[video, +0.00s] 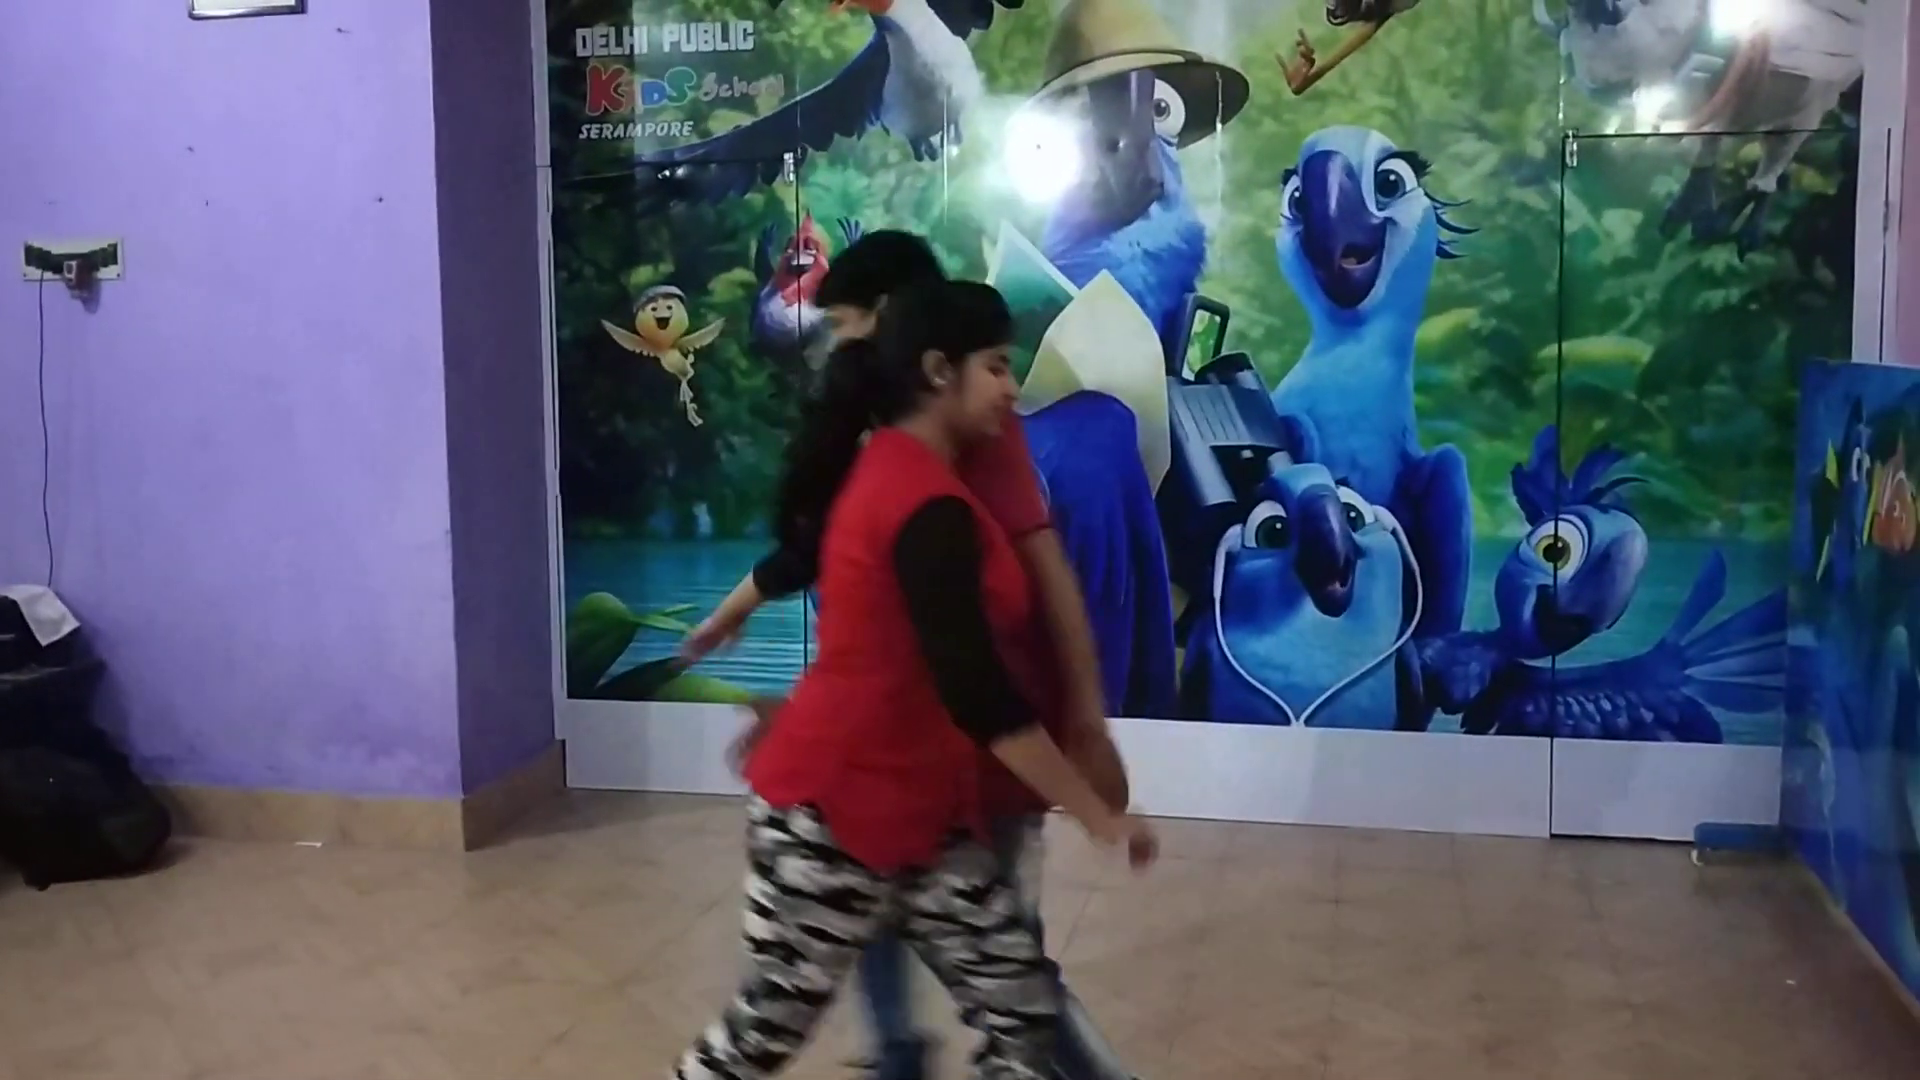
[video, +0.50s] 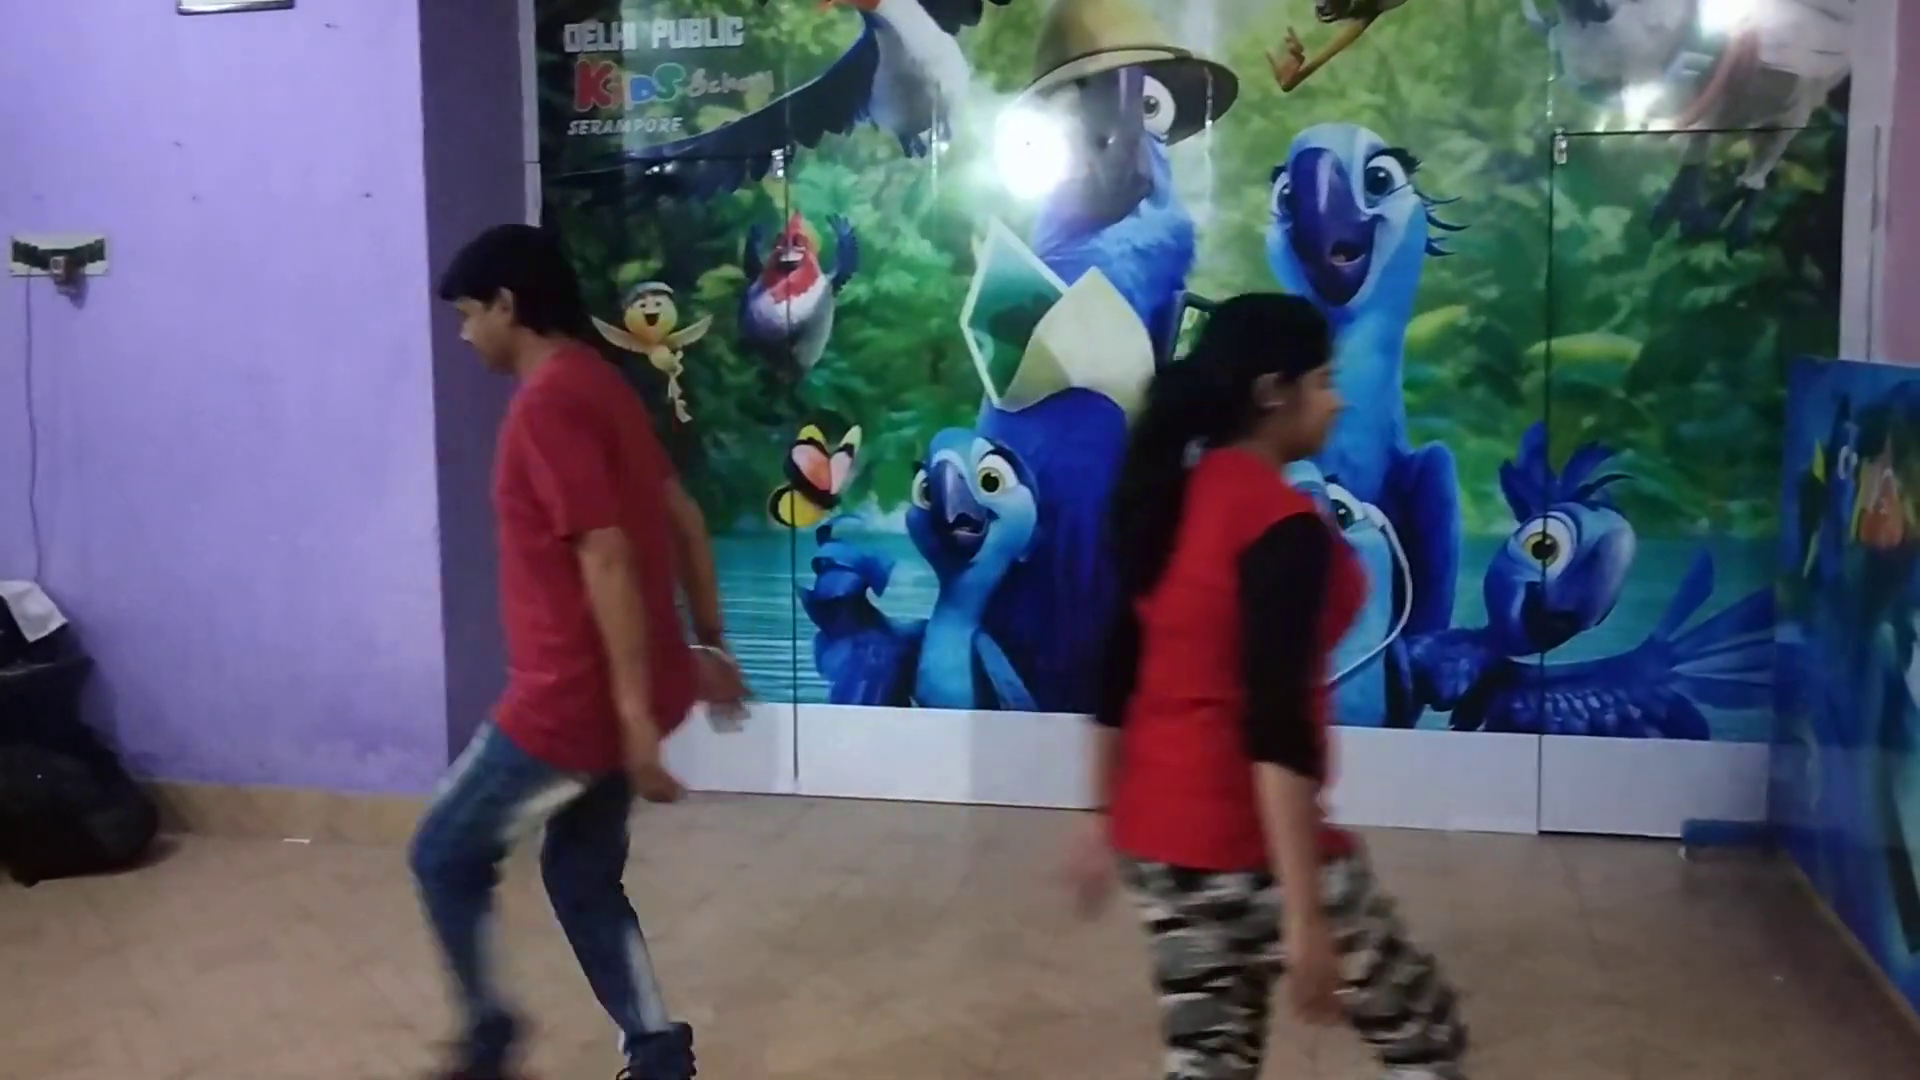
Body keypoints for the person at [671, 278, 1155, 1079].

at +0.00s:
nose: (1013, 389)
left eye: (1011, 368)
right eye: (997, 367)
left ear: (942, 374)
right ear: (939, 371)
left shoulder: (891, 467)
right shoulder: (928, 502)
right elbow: (978, 697)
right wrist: (1100, 818)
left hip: (920, 813)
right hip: (830, 813)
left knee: (1024, 1014)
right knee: (763, 1031)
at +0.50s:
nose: (462, 333)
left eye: (467, 313)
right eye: (459, 316)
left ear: (511, 304)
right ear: (535, 305)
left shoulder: (550, 401)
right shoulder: (603, 384)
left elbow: (608, 555)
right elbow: (682, 515)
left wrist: (637, 714)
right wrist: (711, 640)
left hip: (566, 701)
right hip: (621, 694)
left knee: (443, 858)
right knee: (583, 876)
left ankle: (486, 1031)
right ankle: (656, 1049)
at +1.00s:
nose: (185, 300)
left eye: (186, 281)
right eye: (181, 283)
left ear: (220, 272)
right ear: (266, 270)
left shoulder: (236, 374)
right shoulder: (333, 363)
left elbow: (235, 539)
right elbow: (392, 493)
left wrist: (208, 698)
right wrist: (404, 621)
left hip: (242, 668)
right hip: (304, 651)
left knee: (243, 871)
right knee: (188, 808)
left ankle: (324, 1046)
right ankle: (151, 982)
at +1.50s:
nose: (89, 304)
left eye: (88, 284)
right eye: (84, 287)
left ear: (121, 273)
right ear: (174, 271)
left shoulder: (139, 371)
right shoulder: (240, 360)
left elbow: (150, 528)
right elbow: (292, 503)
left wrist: (135, 685)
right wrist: (296, 625)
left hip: (182, 655)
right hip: (241, 639)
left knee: (241, 855)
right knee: (169, 820)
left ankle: (326, 1043)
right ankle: (161, 1008)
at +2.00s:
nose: (79, 307)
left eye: (80, 288)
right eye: (76, 291)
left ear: (110, 283)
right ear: (174, 281)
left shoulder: (122, 386)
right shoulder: (236, 372)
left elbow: (168, 507)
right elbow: (319, 481)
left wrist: (211, 635)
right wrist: (387, 575)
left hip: (148, 672)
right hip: (215, 650)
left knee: (211, 867)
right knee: (120, 810)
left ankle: (324, 1046)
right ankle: (157, 1010)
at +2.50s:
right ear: (28, 532)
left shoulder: (15, 596)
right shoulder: (83, 573)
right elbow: (80, 708)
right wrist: (13, 783)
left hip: (239, 716)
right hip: (302, 685)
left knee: (132, 914)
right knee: (129, 800)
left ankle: (303, 1040)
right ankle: (154, 1017)